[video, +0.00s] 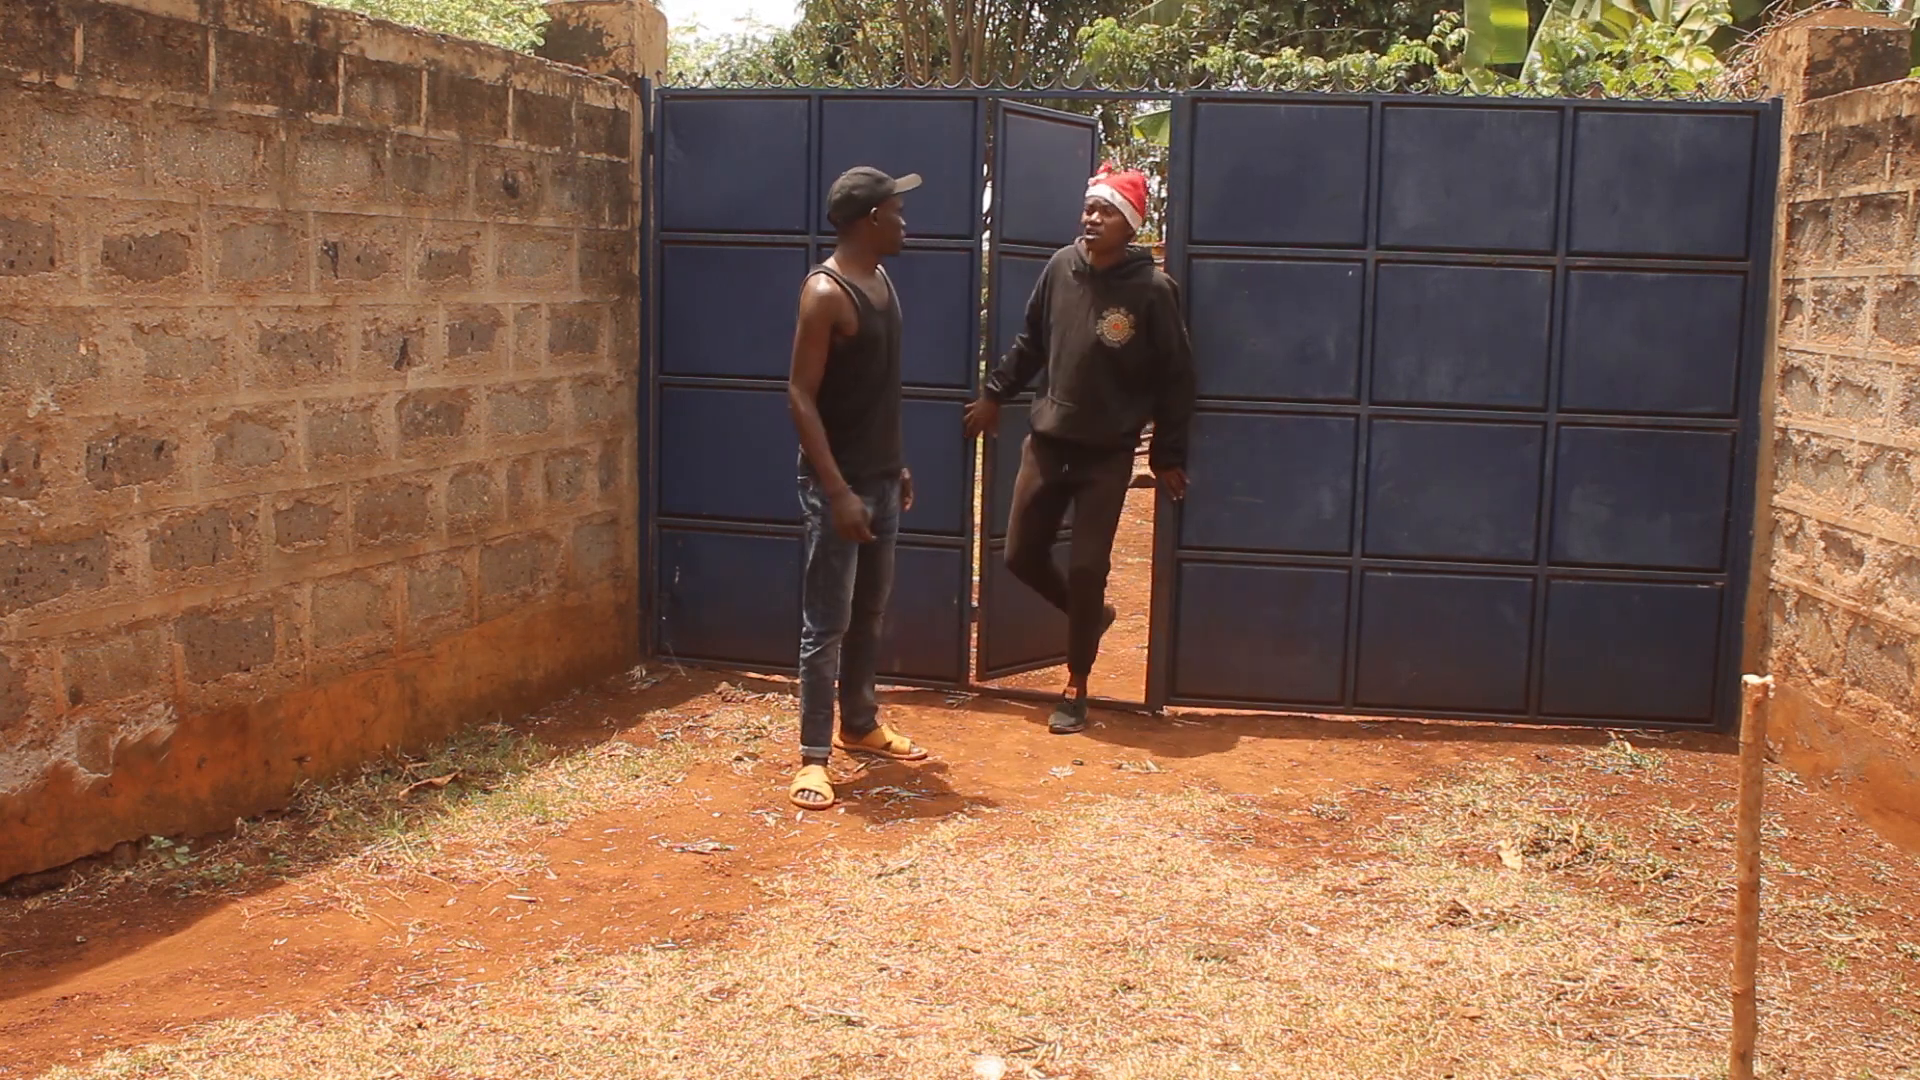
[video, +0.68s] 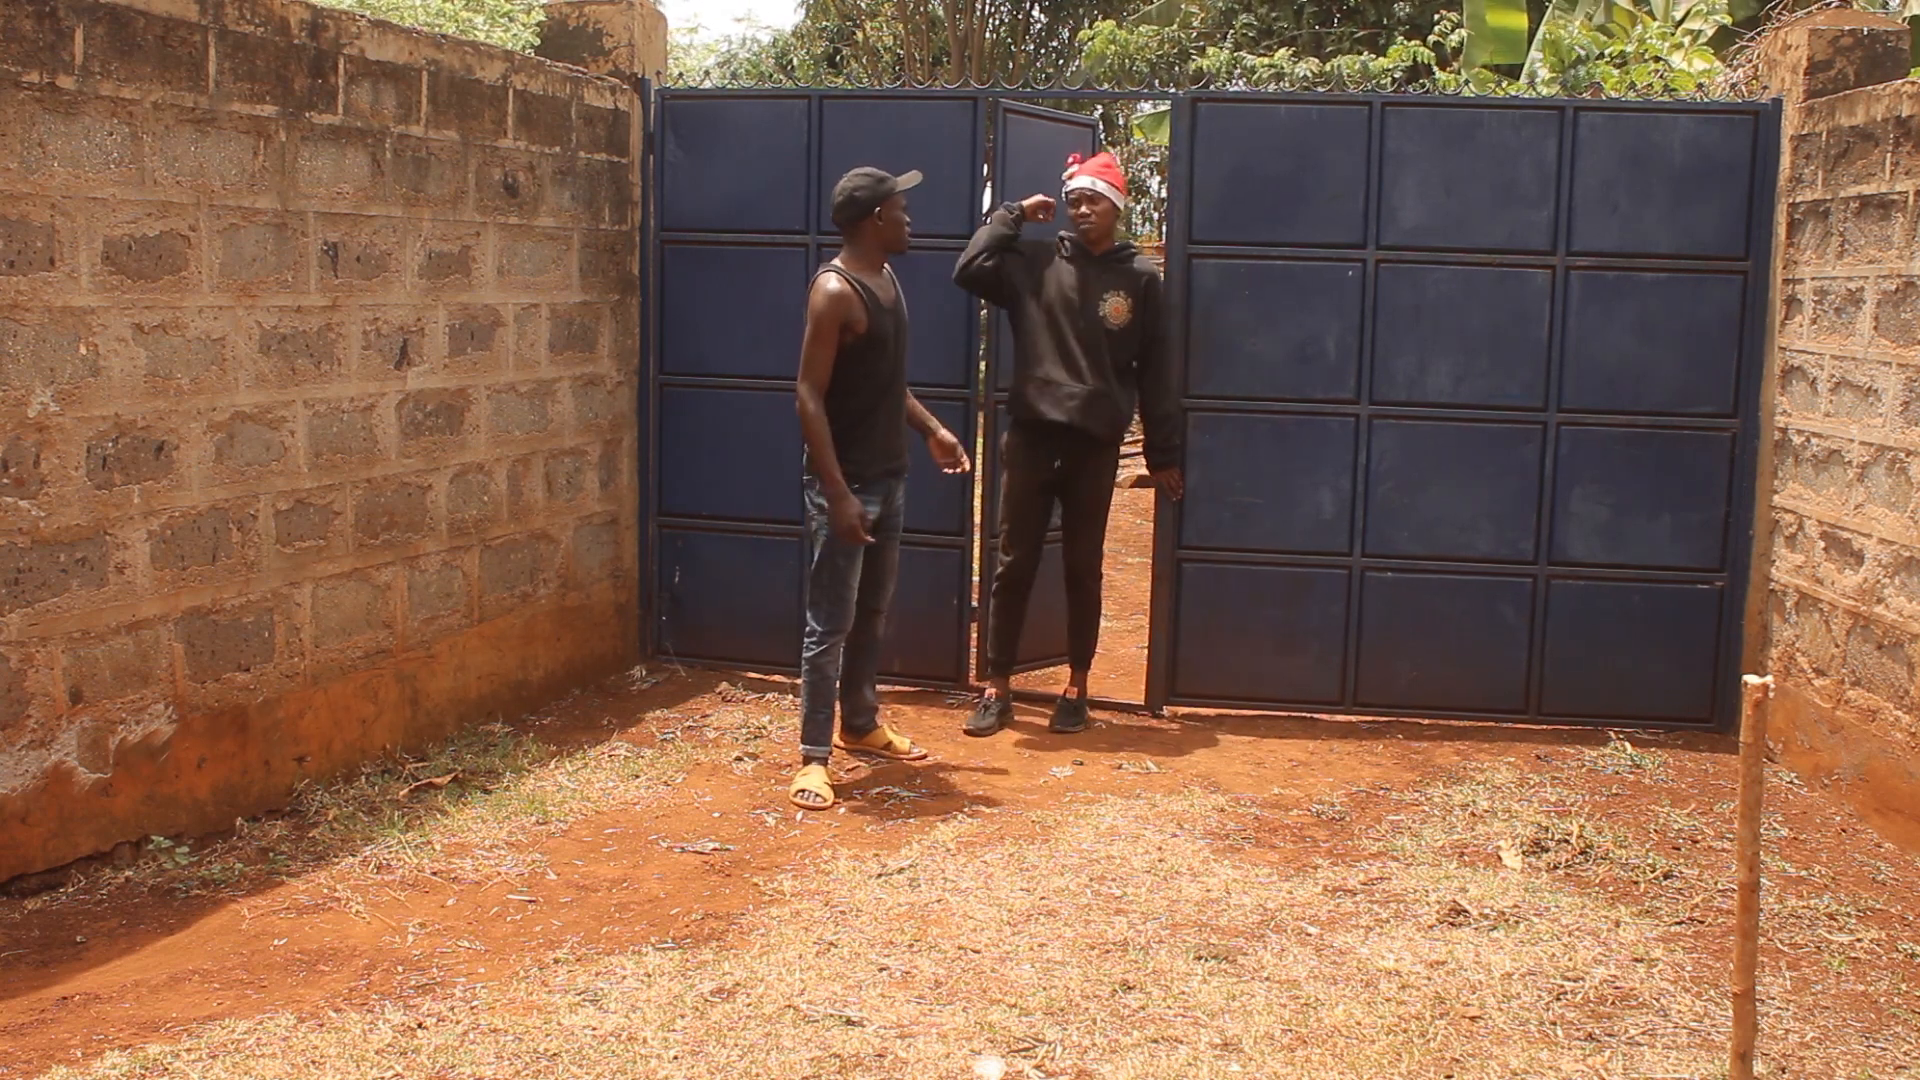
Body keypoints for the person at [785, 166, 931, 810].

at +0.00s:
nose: (905, 219)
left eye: (902, 209)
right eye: (896, 210)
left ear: (868, 220)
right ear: (867, 220)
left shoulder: (880, 280)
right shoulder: (824, 294)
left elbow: (880, 386)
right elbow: (801, 397)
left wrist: (897, 462)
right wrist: (837, 491)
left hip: (881, 477)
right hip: (835, 481)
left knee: (868, 613)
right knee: (825, 625)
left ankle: (859, 727)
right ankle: (813, 759)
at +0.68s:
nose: (910, 215)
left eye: (905, 205)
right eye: (901, 206)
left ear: (873, 220)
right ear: (872, 220)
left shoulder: (884, 281)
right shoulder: (833, 294)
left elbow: (883, 379)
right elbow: (808, 397)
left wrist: (931, 427)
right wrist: (838, 494)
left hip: (887, 477)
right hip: (841, 483)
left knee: (871, 611)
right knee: (828, 623)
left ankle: (861, 725)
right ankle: (814, 758)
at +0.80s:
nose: (910, 216)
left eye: (906, 206)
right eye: (901, 207)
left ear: (871, 219)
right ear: (874, 218)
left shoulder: (876, 280)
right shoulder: (839, 292)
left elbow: (896, 344)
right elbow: (816, 395)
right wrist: (845, 491)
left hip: (884, 477)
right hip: (843, 481)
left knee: (874, 611)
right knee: (830, 624)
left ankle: (860, 726)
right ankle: (813, 760)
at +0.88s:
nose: (915, 224)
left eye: (915, 213)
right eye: (906, 214)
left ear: (879, 219)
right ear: (875, 219)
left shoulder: (875, 269)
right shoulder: (848, 284)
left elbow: (916, 292)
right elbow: (826, 388)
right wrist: (850, 487)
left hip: (883, 471)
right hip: (845, 477)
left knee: (883, 604)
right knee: (835, 621)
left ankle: (861, 724)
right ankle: (810, 758)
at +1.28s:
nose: (934, 226)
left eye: (932, 217)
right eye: (928, 217)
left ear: (895, 222)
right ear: (903, 223)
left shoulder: (891, 277)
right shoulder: (867, 282)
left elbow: (929, 321)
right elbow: (854, 388)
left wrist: (992, 272)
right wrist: (900, 474)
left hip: (891, 468)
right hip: (857, 468)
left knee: (888, 603)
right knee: (844, 606)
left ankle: (860, 725)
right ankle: (802, 747)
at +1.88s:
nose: (940, 226)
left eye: (939, 216)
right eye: (935, 214)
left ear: (908, 217)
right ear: (909, 215)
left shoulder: (909, 266)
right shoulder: (861, 275)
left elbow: (973, 237)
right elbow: (855, 375)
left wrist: (1028, 185)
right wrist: (905, 461)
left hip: (900, 461)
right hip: (856, 459)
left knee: (886, 600)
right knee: (838, 602)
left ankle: (862, 725)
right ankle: (801, 738)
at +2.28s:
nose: (916, 233)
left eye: (918, 225)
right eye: (915, 223)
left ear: (881, 219)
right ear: (893, 219)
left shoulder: (875, 275)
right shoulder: (841, 280)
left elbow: (912, 293)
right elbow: (831, 386)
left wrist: (974, 238)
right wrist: (859, 480)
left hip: (887, 465)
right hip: (845, 468)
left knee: (874, 605)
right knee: (830, 609)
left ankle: (860, 725)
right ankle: (800, 743)